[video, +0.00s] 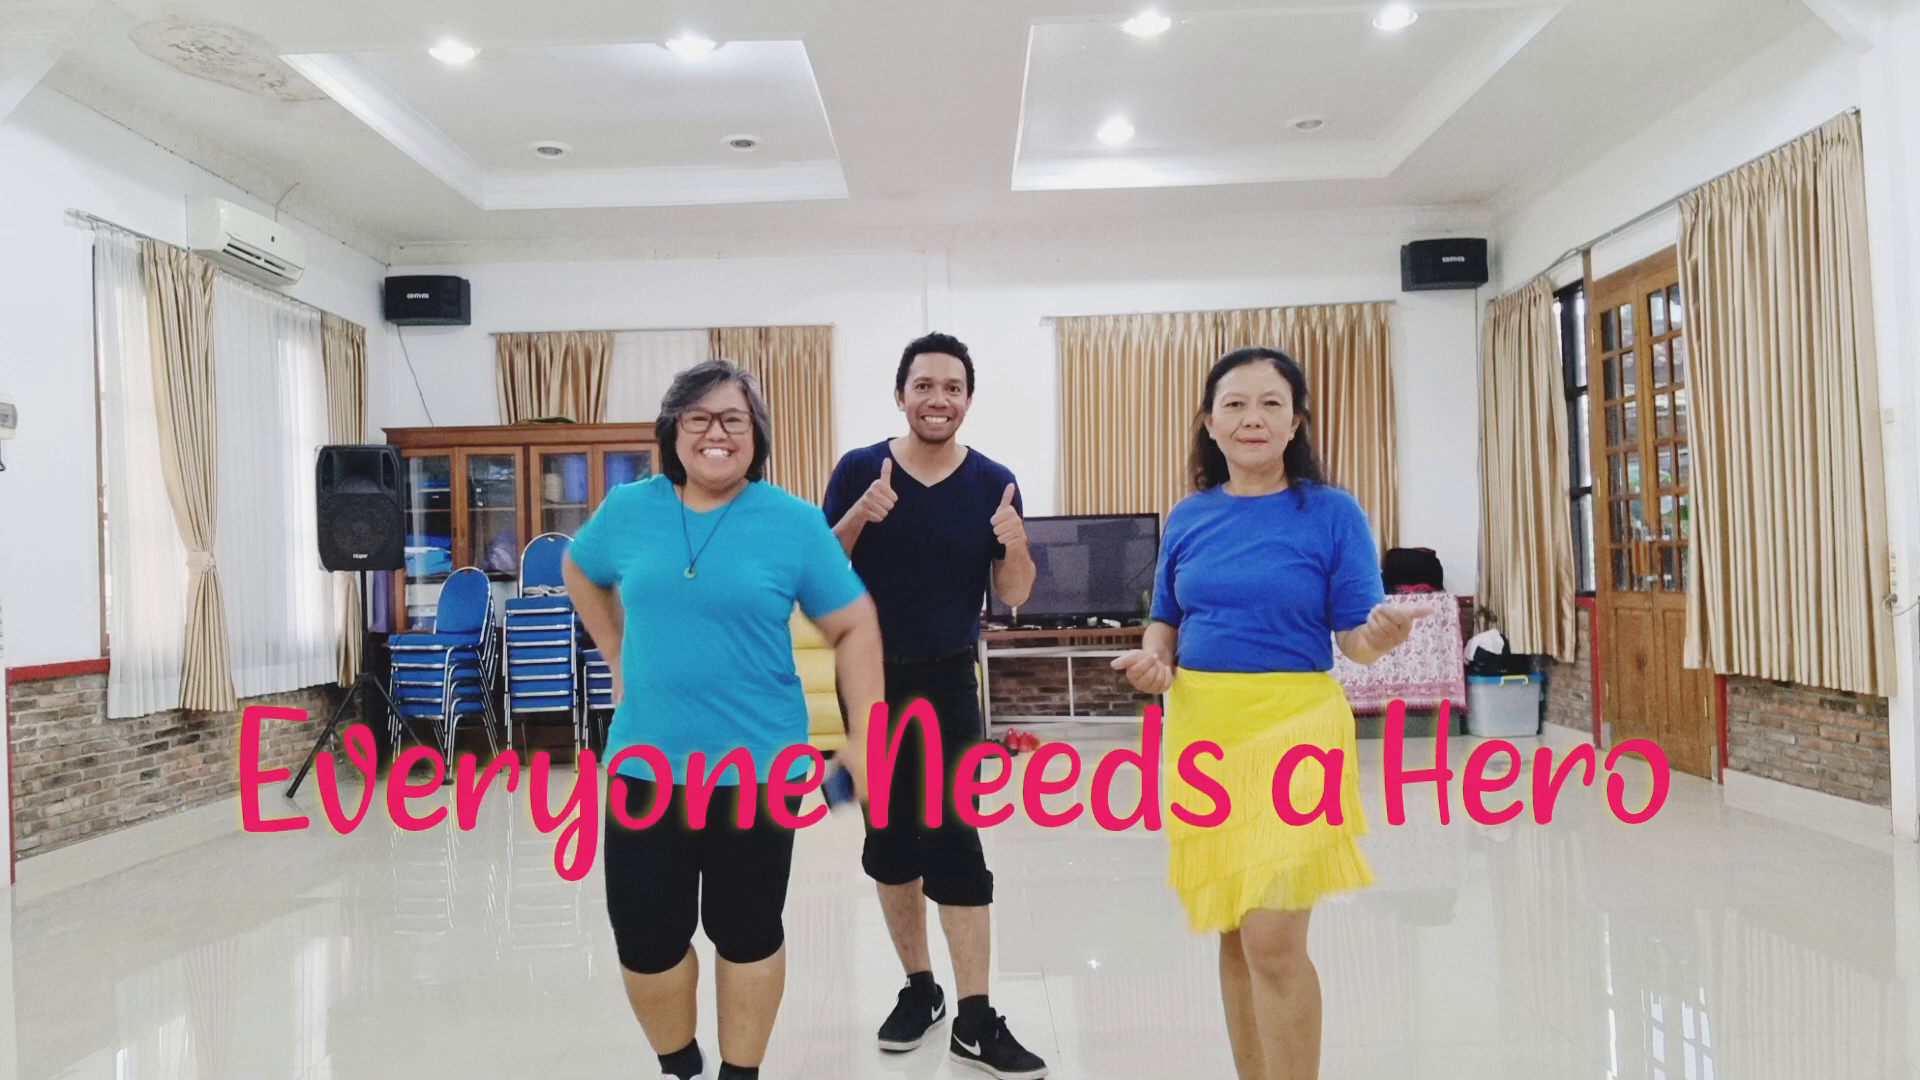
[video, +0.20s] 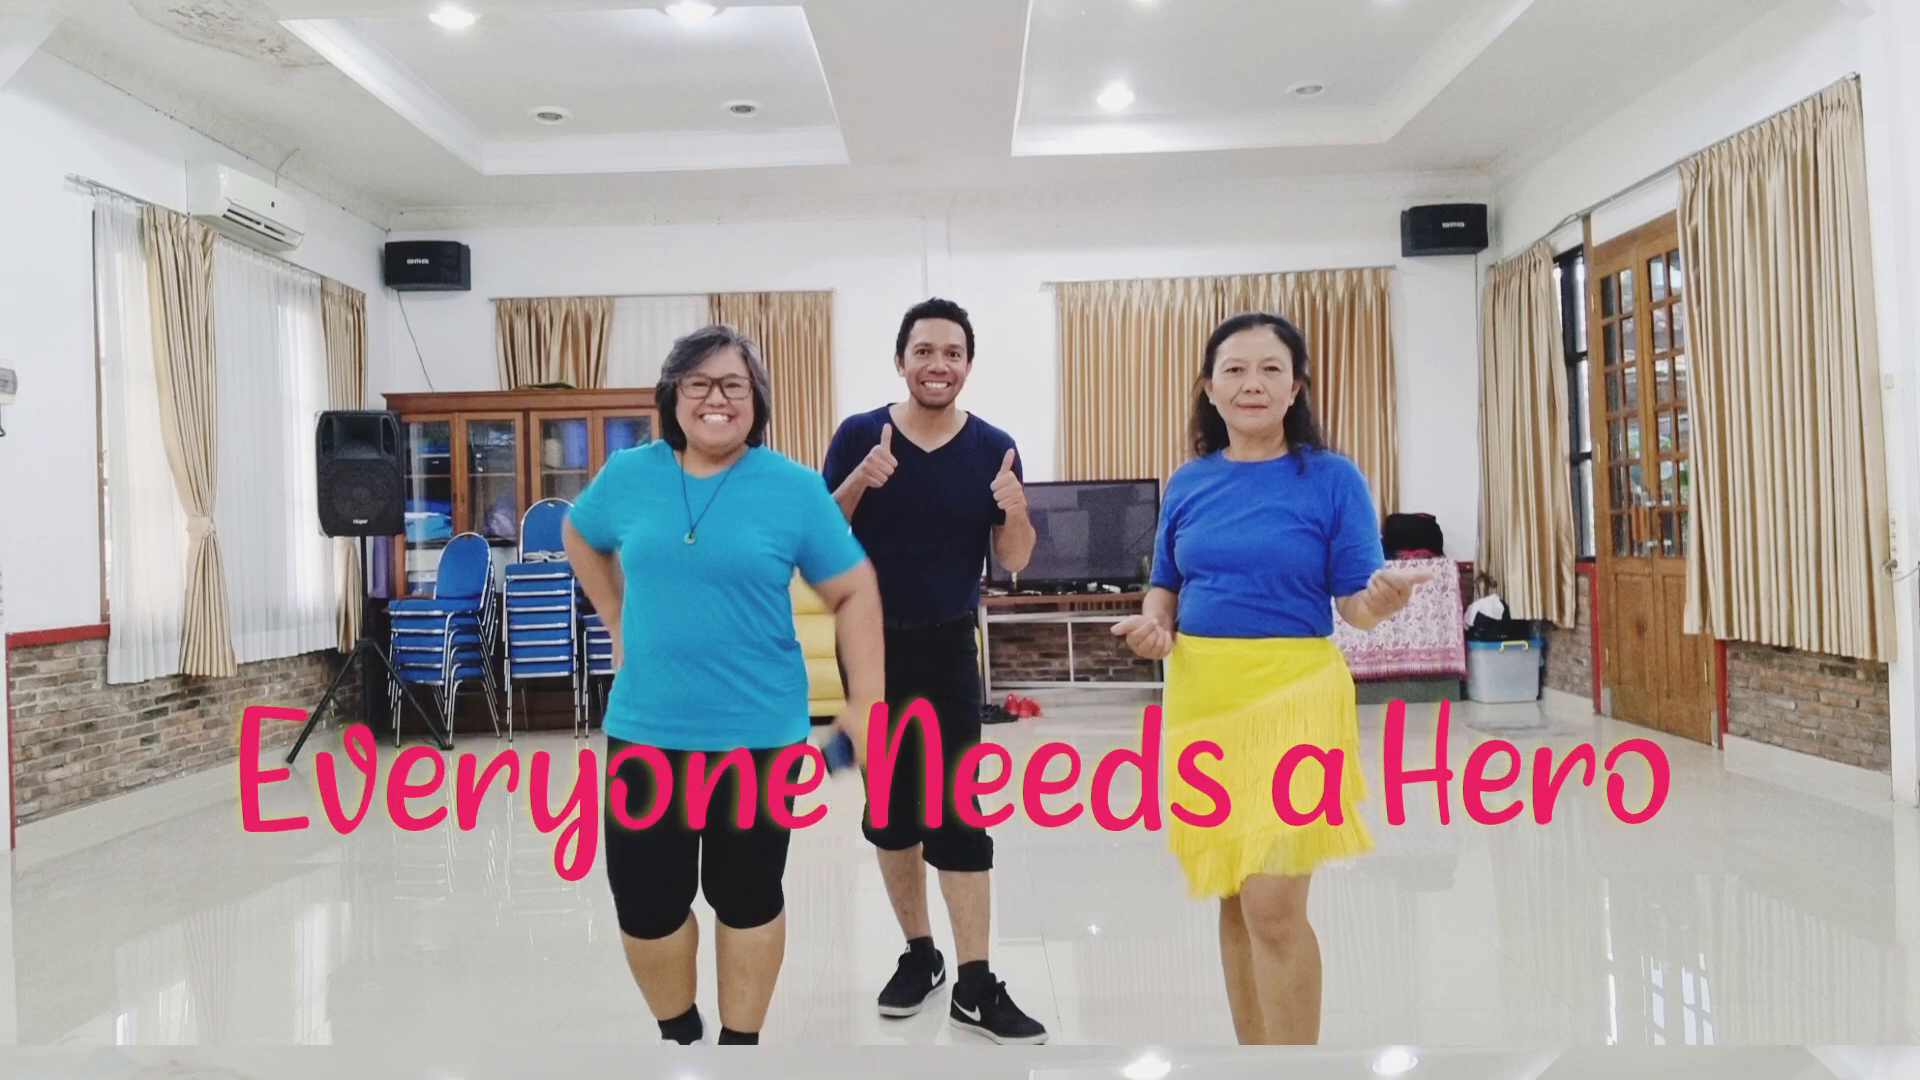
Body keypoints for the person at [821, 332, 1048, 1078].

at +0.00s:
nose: (938, 400)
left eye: (952, 388)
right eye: (924, 386)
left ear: (968, 399)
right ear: (900, 396)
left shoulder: (992, 483)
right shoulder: (858, 472)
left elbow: (1014, 595)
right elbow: (813, 570)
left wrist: (1015, 548)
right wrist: (854, 520)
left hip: (950, 676)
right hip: (872, 676)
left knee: (957, 841)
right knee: (892, 840)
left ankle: (975, 1014)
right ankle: (919, 990)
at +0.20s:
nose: (938, 365)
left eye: (952, 354)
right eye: (924, 352)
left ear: (968, 365)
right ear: (901, 362)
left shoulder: (992, 448)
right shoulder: (858, 438)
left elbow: (1014, 562)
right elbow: (813, 535)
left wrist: (1015, 514)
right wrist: (854, 485)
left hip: (950, 644)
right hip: (872, 643)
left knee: (959, 809)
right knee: (892, 810)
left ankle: (975, 980)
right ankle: (919, 955)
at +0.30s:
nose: (938, 283)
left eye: (952, 271)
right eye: (924, 270)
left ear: (968, 283)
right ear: (900, 280)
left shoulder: (991, 366)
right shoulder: (858, 355)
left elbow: (1014, 479)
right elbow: (813, 453)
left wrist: (1015, 431)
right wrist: (854, 403)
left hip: (949, 562)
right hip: (870, 560)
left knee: (957, 723)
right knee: (890, 718)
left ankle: (975, 896)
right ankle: (918, 870)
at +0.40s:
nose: (939, 123)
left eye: (952, 112)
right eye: (925, 110)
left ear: (968, 124)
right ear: (901, 119)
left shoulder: (990, 206)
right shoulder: (859, 195)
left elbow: (1013, 321)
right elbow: (813, 292)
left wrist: (1015, 272)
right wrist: (855, 242)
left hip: (949, 405)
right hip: (872, 403)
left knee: (955, 570)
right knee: (893, 567)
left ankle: (978, 735)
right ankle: (919, 712)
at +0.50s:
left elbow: (1015, 52)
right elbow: (825, 31)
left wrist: (1015, 6)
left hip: (948, 130)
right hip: (870, 128)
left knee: (956, 302)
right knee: (890, 297)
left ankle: (975, 475)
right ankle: (919, 448)